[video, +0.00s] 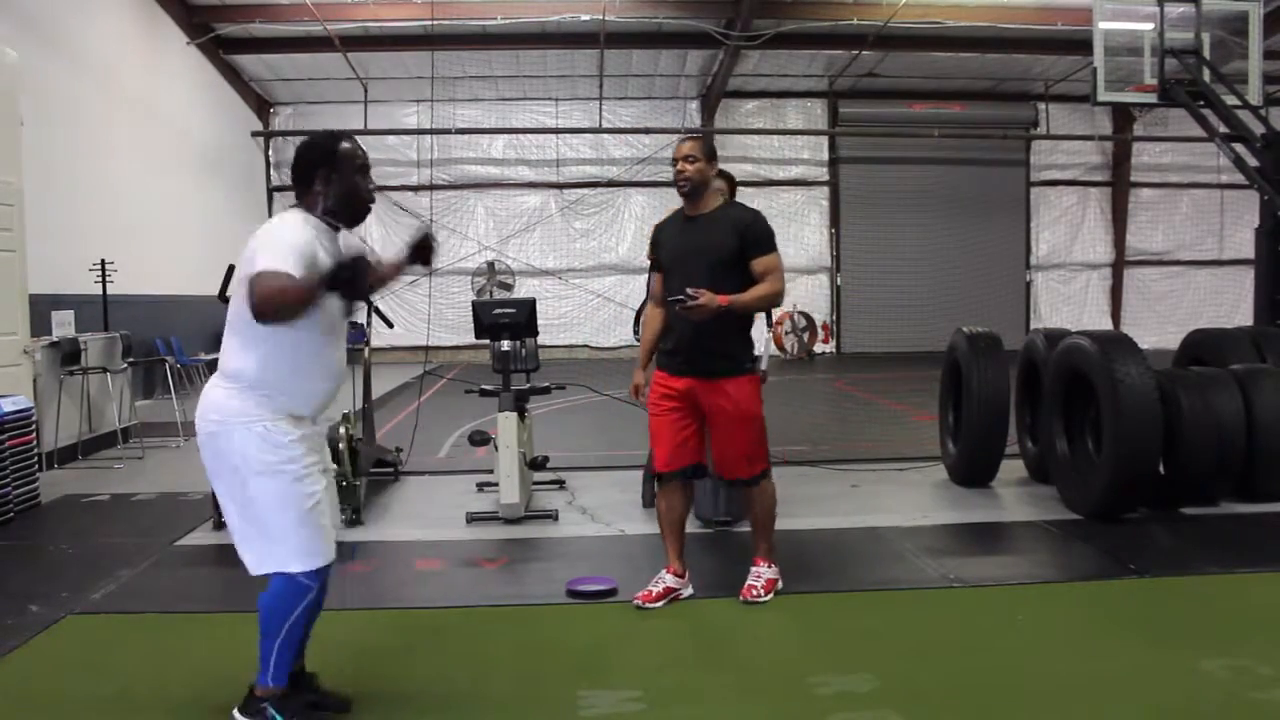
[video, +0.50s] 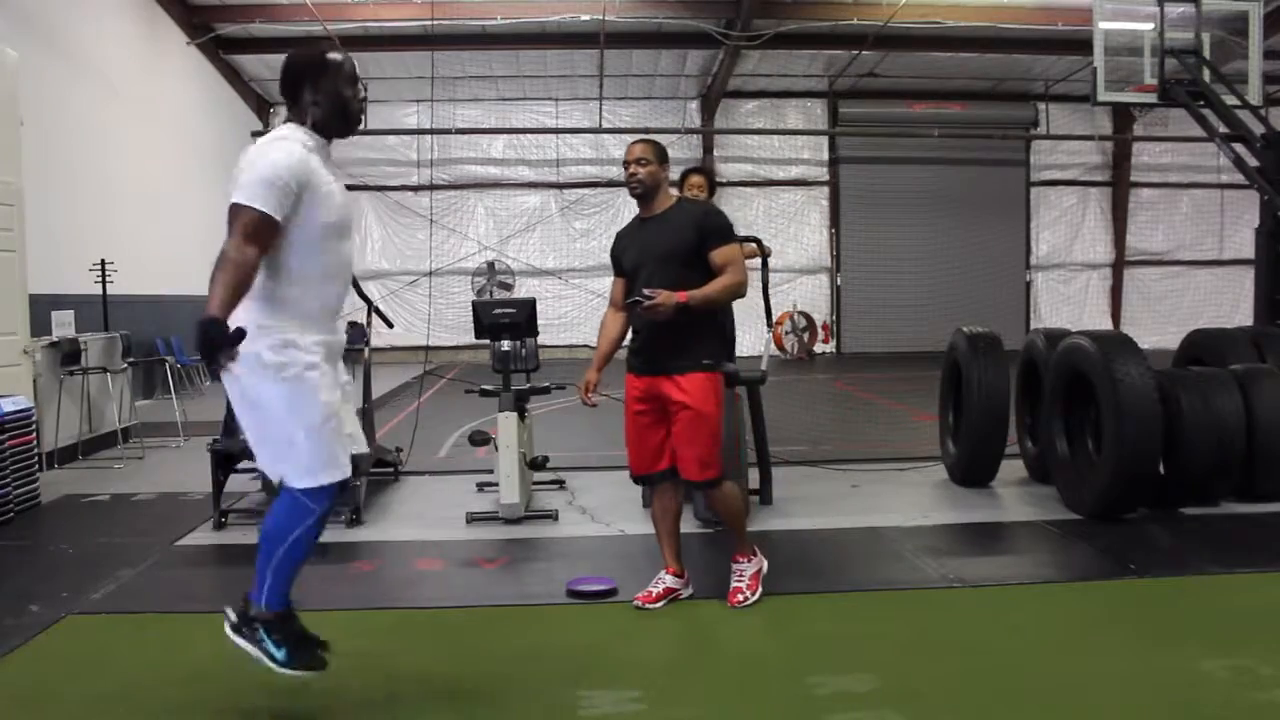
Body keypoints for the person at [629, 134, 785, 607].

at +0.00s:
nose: (682, 168)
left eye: (692, 161)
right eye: (677, 162)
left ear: (713, 167)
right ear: (672, 170)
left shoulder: (747, 223)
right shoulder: (665, 231)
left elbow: (775, 288)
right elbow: (656, 302)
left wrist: (723, 301)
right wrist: (642, 363)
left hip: (732, 373)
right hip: (672, 374)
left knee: (751, 472)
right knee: (668, 472)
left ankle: (764, 563)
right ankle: (675, 570)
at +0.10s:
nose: (669, 169)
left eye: (679, 161)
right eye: (664, 162)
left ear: (702, 167)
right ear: (660, 171)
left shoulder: (735, 221)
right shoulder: (654, 233)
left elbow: (764, 285)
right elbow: (646, 303)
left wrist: (713, 299)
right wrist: (630, 365)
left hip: (722, 373)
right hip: (664, 374)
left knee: (745, 474)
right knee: (666, 474)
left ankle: (762, 564)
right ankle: (674, 571)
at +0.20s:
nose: (658, 169)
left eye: (668, 161)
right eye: (653, 163)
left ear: (689, 167)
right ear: (649, 172)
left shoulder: (724, 218)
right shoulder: (643, 234)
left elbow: (757, 283)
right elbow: (635, 305)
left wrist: (704, 297)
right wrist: (619, 366)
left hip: (713, 374)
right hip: (658, 375)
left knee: (733, 474)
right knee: (664, 474)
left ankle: (760, 561)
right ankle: (674, 571)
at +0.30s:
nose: (648, 170)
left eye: (657, 162)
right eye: (642, 164)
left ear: (679, 168)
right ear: (638, 174)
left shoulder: (715, 217)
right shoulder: (635, 236)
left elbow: (748, 282)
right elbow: (627, 306)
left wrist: (696, 296)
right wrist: (608, 364)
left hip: (706, 372)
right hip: (653, 374)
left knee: (723, 475)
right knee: (663, 475)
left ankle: (755, 555)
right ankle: (674, 572)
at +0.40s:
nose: (639, 171)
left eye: (648, 163)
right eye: (633, 165)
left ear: (671, 168)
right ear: (630, 174)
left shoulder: (708, 216)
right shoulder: (629, 237)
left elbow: (742, 280)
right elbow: (621, 307)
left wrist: (689, 297)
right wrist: (601, 364)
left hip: (701, 371)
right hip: (649, 374)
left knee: (712, 473)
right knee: (661, 474)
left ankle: (748, 557)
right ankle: (674, 572)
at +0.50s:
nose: (632, 171)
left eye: (641, 163)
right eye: (627, 165)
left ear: (665, 169)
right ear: (624, 175)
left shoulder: (703, 217)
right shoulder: (626, 238)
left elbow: (737, 278)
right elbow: (618, 308)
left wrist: (683, 298)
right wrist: (596, 365)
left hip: (698, 369)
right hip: (646, 372)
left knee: (702, 474)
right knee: (659, 474)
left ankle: (747, 556)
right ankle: (673, 573)